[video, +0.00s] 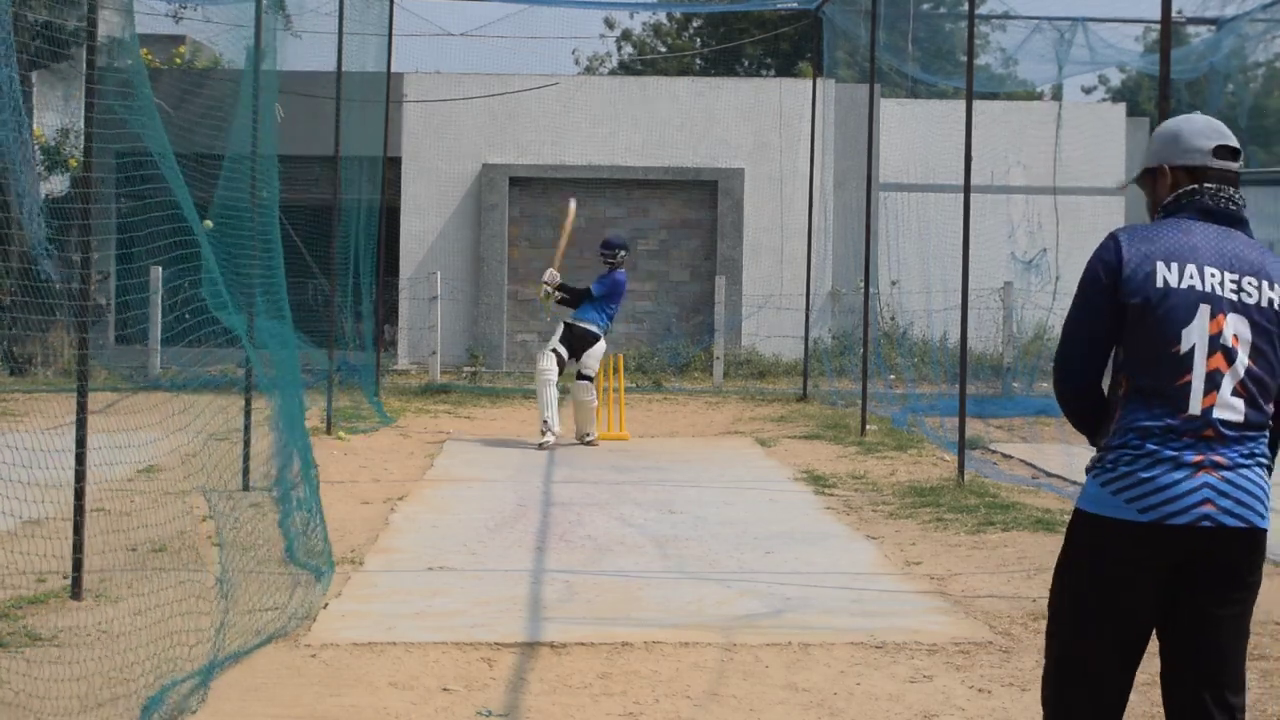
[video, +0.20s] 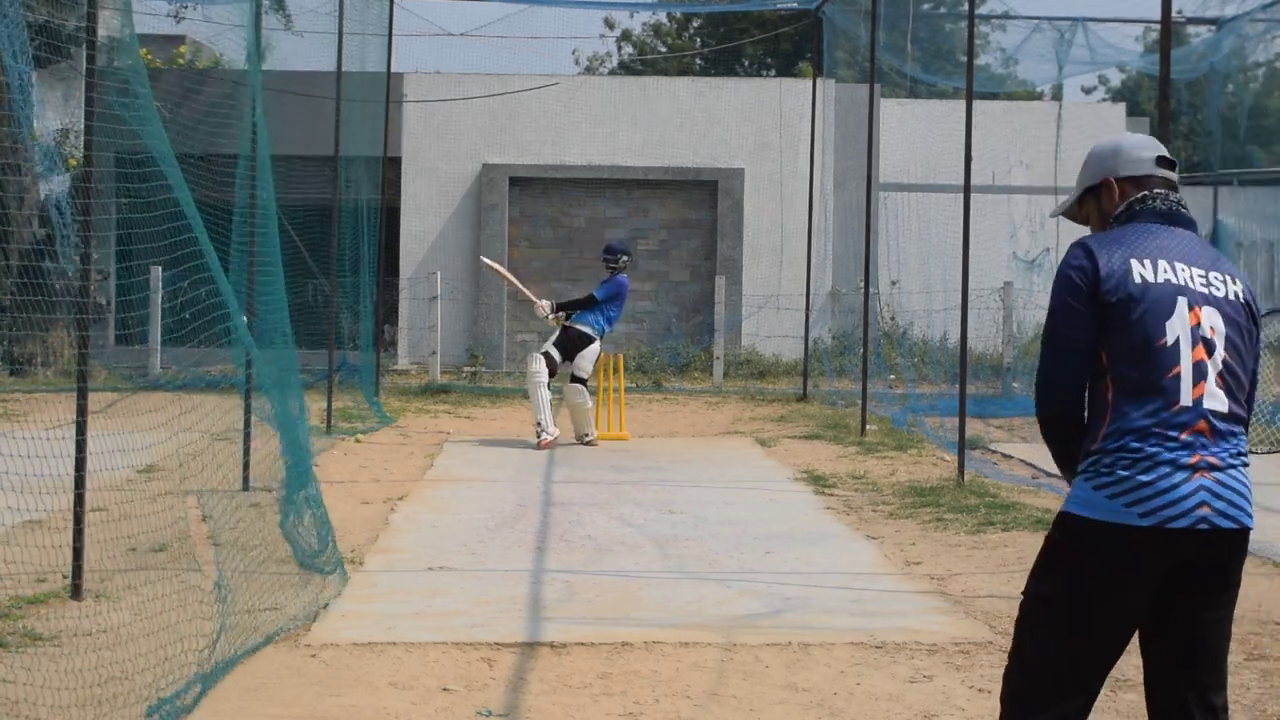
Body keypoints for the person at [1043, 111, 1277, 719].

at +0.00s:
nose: (1148, 195)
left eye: (1151, 181)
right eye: (1149, 182)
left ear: (1172, 178)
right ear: (1227, 181)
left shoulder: (1128, 248)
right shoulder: (1272, 267)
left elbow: (1073, 378)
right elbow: (1273, 398)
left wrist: (1122, 440)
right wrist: (1233, 446)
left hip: (1128, 512)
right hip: (1237, 516)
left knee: (1080, 698)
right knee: (1212, 701)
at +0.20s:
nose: (1089, 226)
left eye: (1089, 210)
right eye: (1085, 214)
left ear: (1113, 193)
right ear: (1167, 193)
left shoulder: (1097, 254)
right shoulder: (1235, 276)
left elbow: (1056, 397)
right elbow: (1238, 406)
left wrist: (1093, 477)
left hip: (1120, 510)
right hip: (1222, 516)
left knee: (1041, 696)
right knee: (1196, 701)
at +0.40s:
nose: (1007, 261)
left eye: (1006, 246)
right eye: (1002, 250)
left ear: (1028, 220)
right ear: (1084, 217)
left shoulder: (1019, 280)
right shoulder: (1159, 281)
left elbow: (989, 416)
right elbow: (1193, 409)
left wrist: (954, 536)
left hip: (1082, 523)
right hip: (1187, 524)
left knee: (994, 705)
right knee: (1173, 707)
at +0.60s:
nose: (880, 365)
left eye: (877, 352)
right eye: (875, 356)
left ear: (892, 315)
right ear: (955, 302)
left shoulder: (892, 368)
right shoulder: (1038, 325)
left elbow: (857, 518)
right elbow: (1117, 425)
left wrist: (817, 648)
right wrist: (1132, 512)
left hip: (1018, 549)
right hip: (1134, 541)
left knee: (944, 709)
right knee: (1147, 709)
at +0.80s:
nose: (787, 491)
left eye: (781, 474)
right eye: (781, 478)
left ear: (793, 451)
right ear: (833, 413)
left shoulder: (809, 490)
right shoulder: (925, 394)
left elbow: (777, 640)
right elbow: (1054, 456)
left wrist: (747, 714)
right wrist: (912, 545)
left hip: (974, 563)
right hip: (1090, 541)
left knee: (899, 710)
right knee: (1142, 709)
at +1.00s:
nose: (767, 522)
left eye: (760, 507)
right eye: (759, 510)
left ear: (770, 481)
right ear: (803, 442)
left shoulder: (791, 512)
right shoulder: (894, 408)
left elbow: (769, 664)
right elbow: (1031, 448)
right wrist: (902, 564)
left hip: (962, 561)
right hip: (1075, 529)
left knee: (896, 709)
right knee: (1129, 705)